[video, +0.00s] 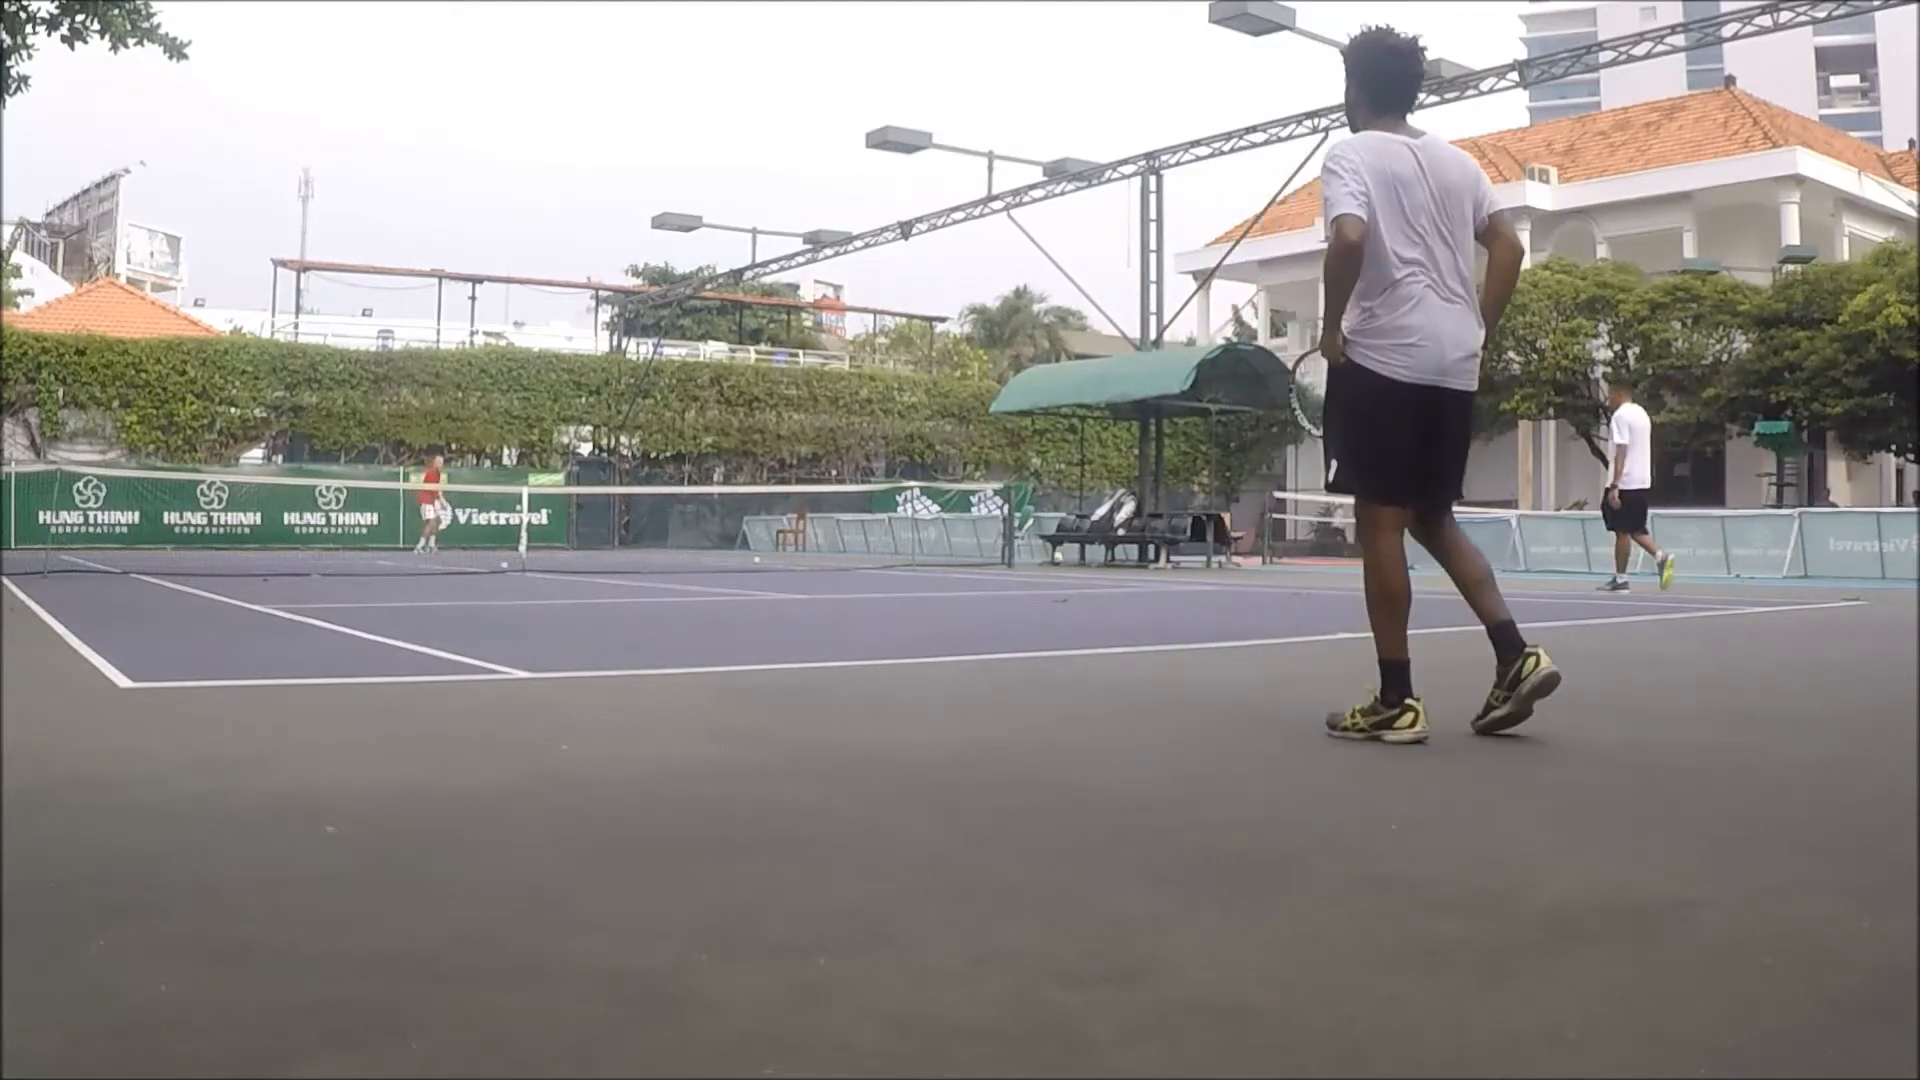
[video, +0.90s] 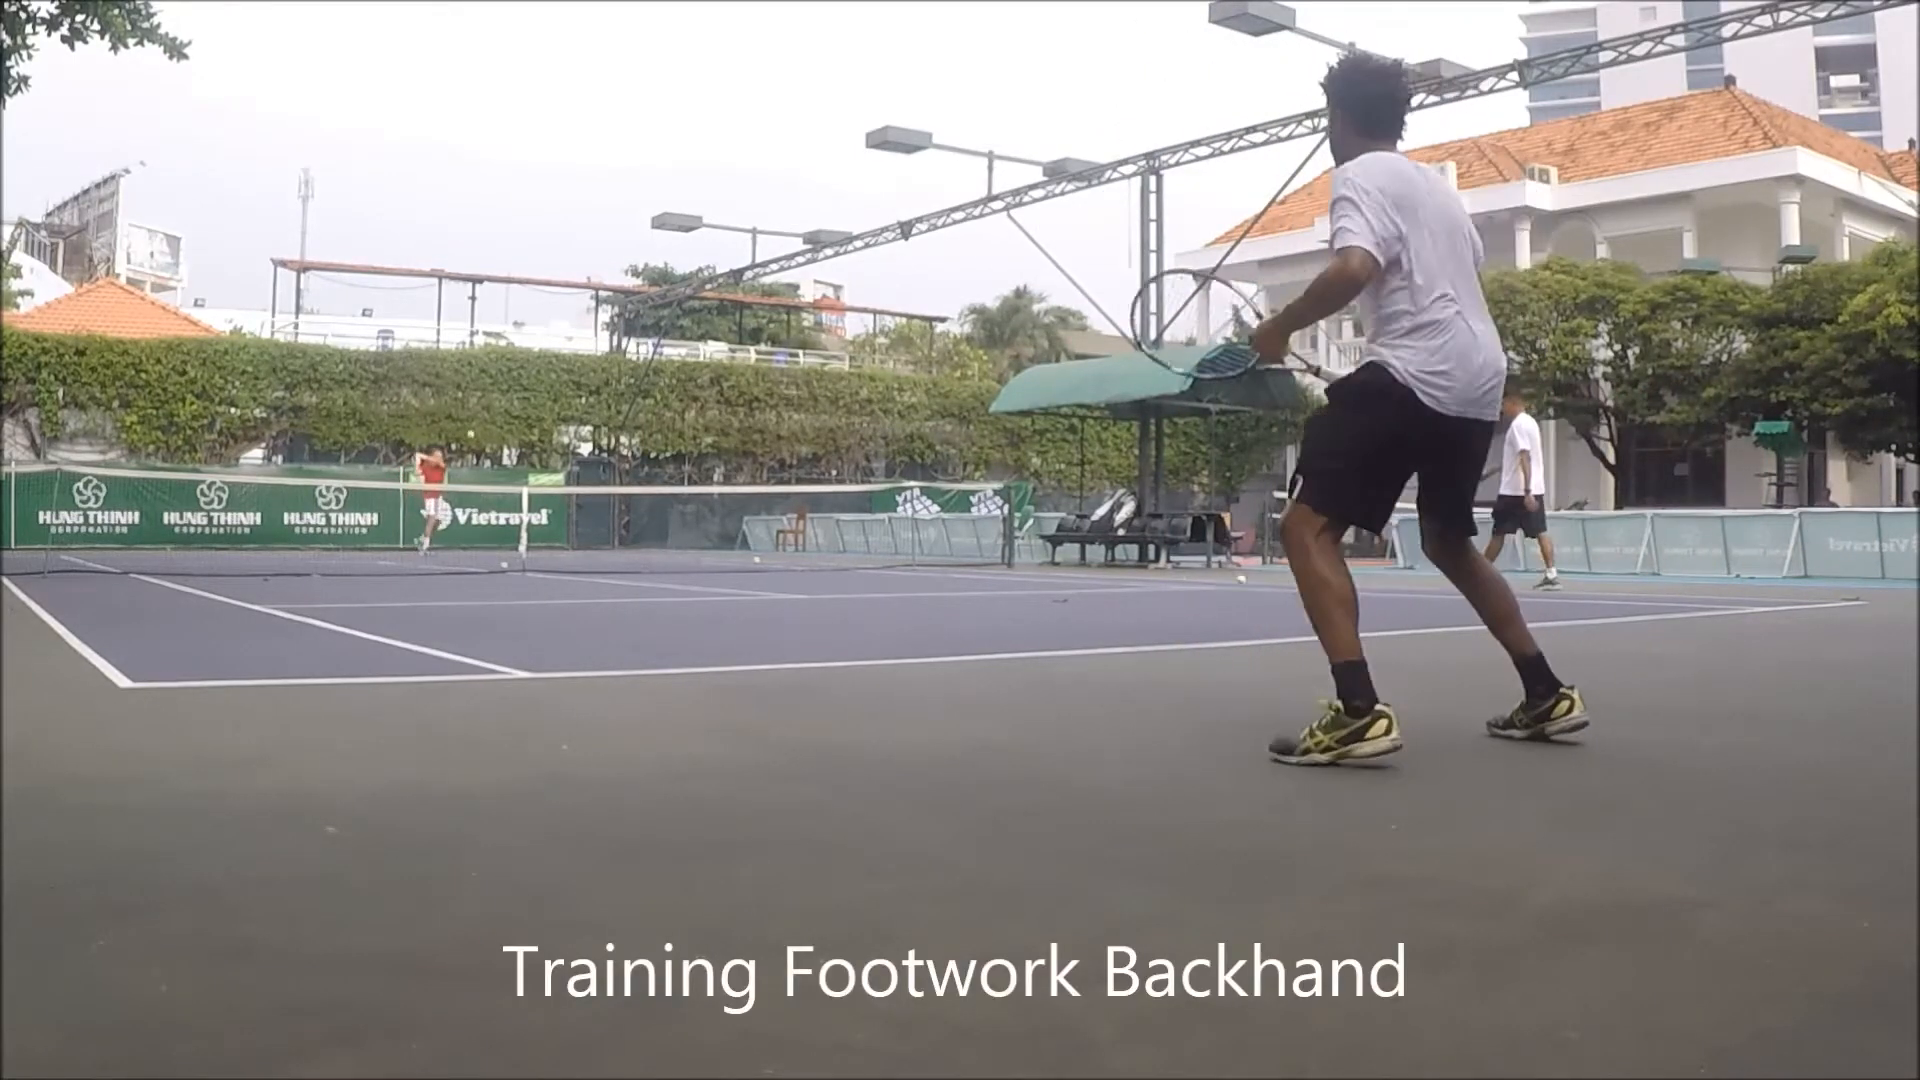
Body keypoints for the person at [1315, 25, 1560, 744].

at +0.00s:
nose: (1344, 97)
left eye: (1346, 86)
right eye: (1349, 85)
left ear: (1355, 90)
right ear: (1412, 93)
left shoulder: (1349, 154)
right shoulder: (1458, 162)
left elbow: (1349, 240)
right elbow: (1508, 248)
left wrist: (1332, 325)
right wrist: (1477, 330)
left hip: (1383, 365)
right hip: (1457, 368)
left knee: (1379, 527)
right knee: (1434, 519)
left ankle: (1396, 701)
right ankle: (1515, 655)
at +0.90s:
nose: (1327, 129)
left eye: (1328, 116)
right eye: (1329, 116)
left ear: (1339, 118)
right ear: (1398, 120)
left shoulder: (1360, 176)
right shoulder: (1441, 186)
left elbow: (1356, 267)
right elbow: (1467, 274)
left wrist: (1279, 324)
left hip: (1411, 376)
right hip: (1480, 386)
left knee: (1306, 529)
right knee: (1449, 542)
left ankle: (1358, 709)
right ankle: (1545, 693)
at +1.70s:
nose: (889, 40)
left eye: (902, 22)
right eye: (887, 28)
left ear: (955, 24)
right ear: (895, 42)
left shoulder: (1023, 87)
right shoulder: (896, 124)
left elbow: (1011, 169)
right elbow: (809, 153)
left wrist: (953, 54)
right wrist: (816, 59)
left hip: (980, 348)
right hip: (927, 347)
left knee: (822, 506)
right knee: (933, 584)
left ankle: (828, 765)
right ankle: (1095, 674)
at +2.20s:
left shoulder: (722, 19)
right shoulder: (761, 29)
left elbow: (761, 152)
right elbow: (844, 133)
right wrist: (887, 220)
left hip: (721, 315)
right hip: (703, 313)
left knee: (580, 508)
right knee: (580, 514)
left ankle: (765, 712)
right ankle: (588, 763)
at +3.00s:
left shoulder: (828, 22)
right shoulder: (1020, 31)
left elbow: (788, 168)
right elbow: (1085, 164)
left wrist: (802, 249)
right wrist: (1069, 281)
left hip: (844, 325)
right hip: (978, 332)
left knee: (762, 539)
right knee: (999, 550)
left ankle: (685, 782)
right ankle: (1080, 773)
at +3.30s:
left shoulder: (953, 14)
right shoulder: (1143, 18)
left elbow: (916, 131)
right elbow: (1188, 148)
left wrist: (944, 221)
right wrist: (1148, 247)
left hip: (975, 294)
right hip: (1098, 290)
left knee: (977, 513)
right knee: (1090, 520)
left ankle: (996, 729)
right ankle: (1084, 765)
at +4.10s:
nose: (1108, 66)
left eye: (1110, 50)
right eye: (1111, 49)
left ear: (1124, 53)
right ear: (1196, 55)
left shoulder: (1131, 128)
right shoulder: (1248, 136)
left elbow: (1120, 259)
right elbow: (1274, 248)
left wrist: (1080, 302)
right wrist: (1163, 294)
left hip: (1183, 373)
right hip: (1284, 369)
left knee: (1107, 546)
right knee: (1287, 545)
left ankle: (1116, 720)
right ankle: (1391, 723)